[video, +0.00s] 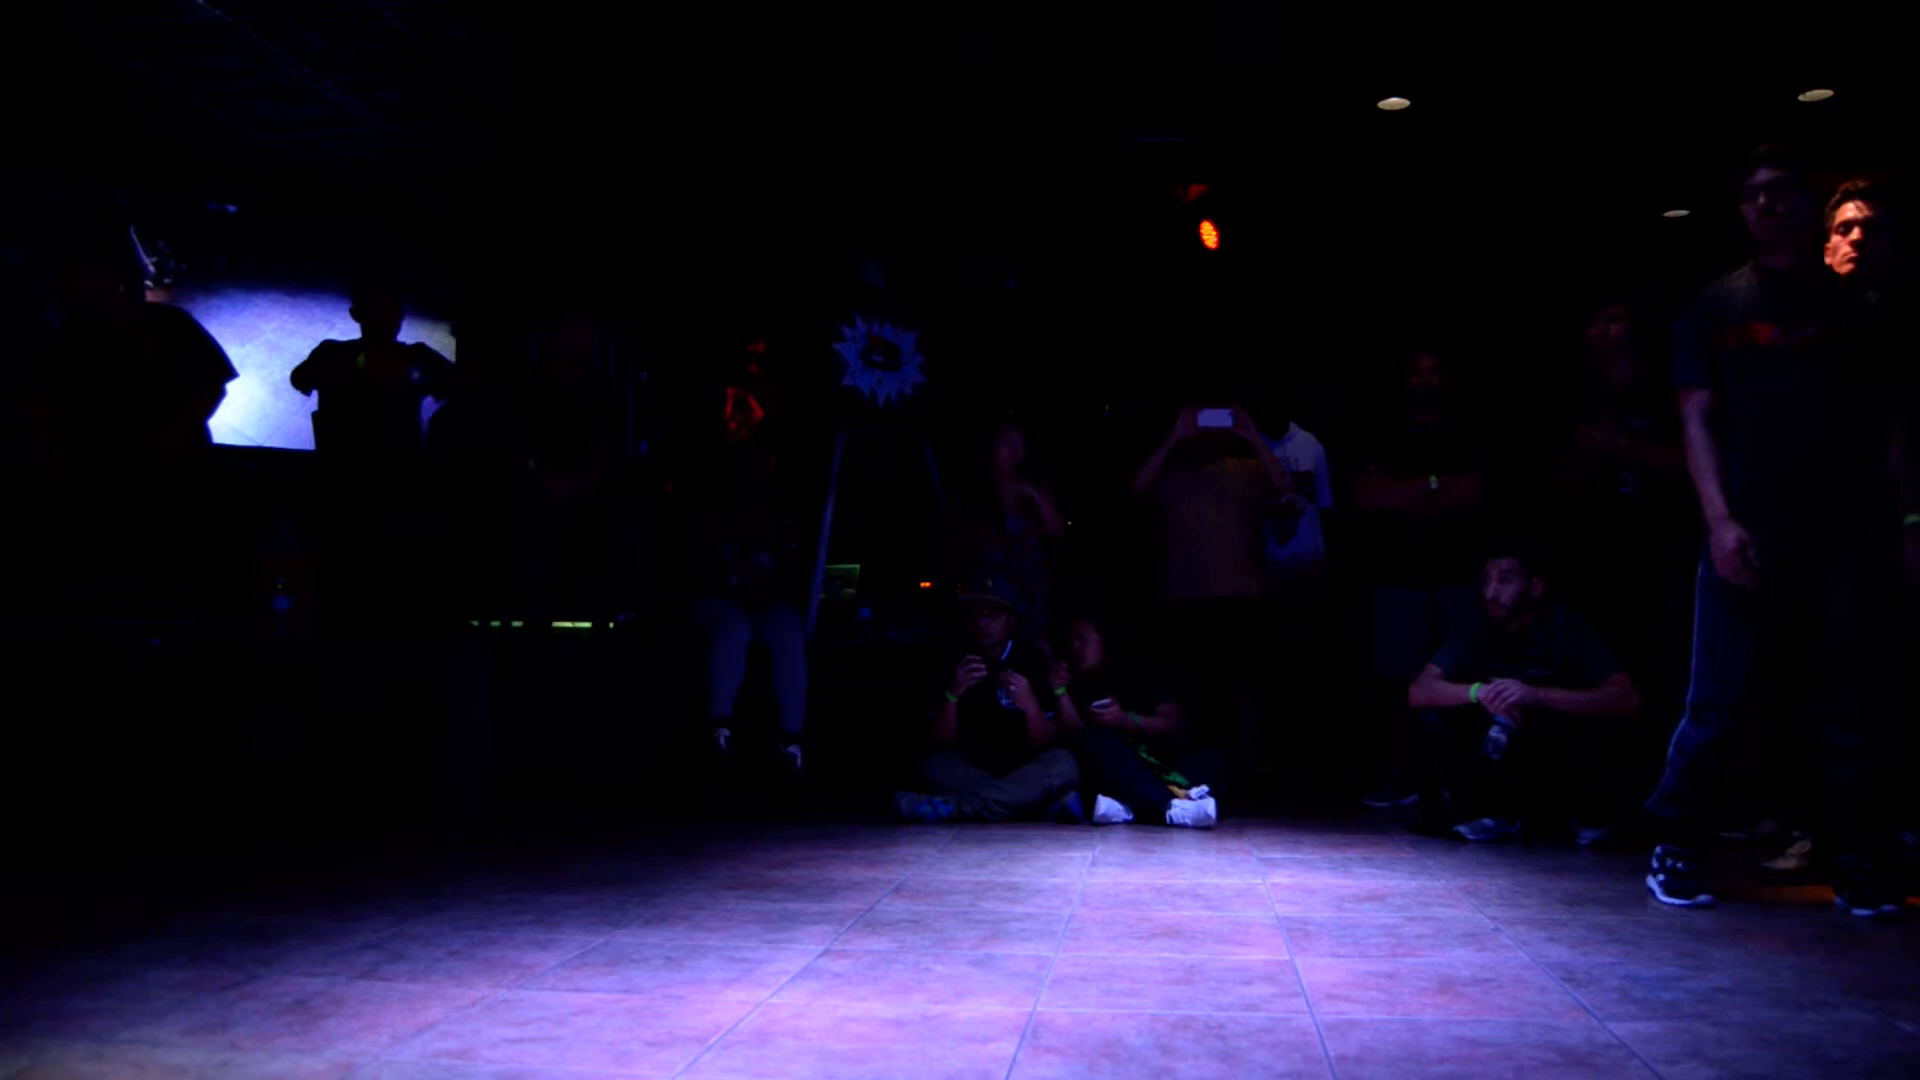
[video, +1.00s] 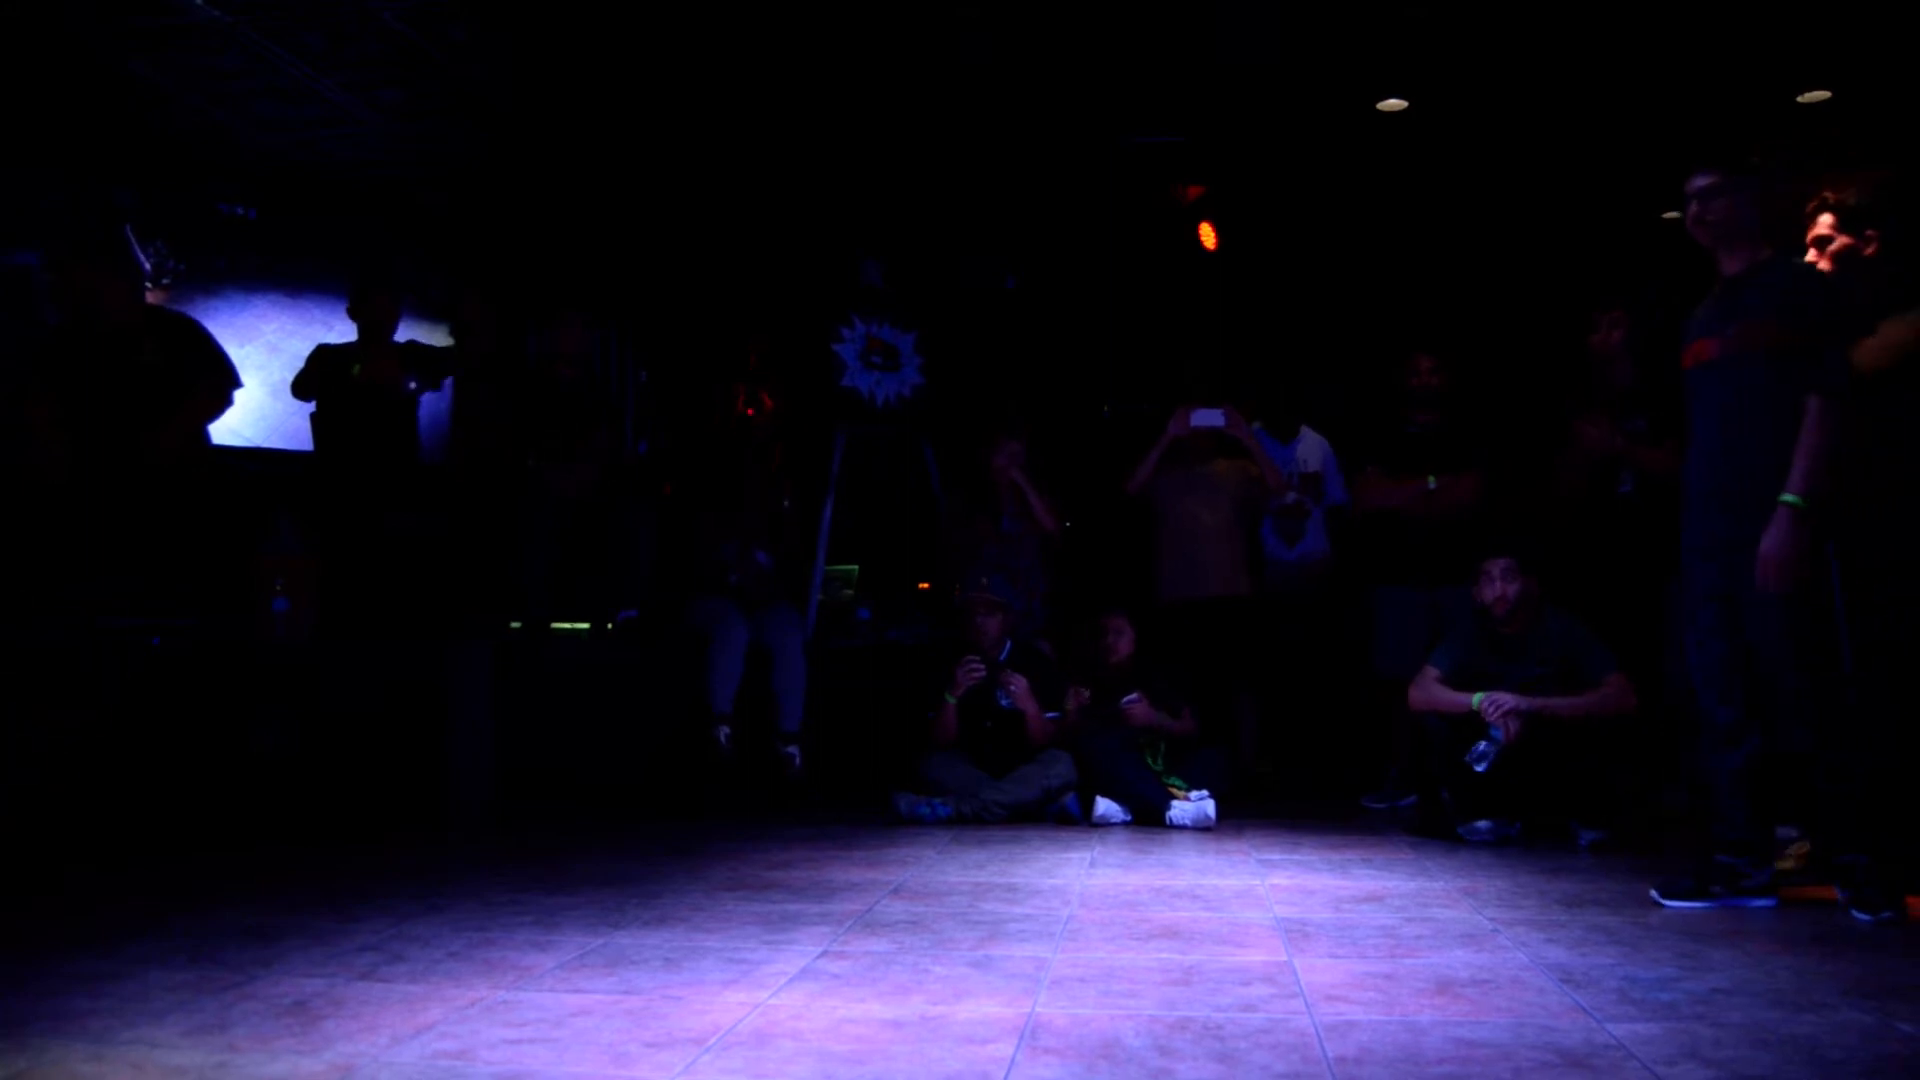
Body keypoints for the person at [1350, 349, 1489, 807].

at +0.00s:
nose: (1425, 382)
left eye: (1434, 372)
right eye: (1417, 373)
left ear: (1448, 378)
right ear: (1404, 379)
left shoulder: (1464, 429)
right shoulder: (1384, 430)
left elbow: (1470, 496)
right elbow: (1365, 495)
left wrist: (1397, 496)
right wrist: (1433, 489)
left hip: (1456, 571)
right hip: (1394, 569)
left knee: (1452, 676)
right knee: (1397, 675)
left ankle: (1454, 786)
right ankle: (1397, 780)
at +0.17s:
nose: (1426, 382)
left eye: (1434, 372)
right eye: (1418, 373)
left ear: (1448, 378)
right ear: (1404, 379)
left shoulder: (1465, 428)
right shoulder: (1384, 429)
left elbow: (1470, 496)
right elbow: (1365, 495)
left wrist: (1397, 497)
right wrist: (1433, 488)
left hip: (1456, 570)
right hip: (1394, 569)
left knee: (1453, 675)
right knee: (1397, 675)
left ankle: (1455, 786)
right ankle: (1397, 780)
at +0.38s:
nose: (1425, 382)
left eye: (1434, 372)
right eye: (1417, 373)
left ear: (1448, 377)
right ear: (1404, 378)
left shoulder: (1464, 428)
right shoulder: (1383, 429)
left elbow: (1469, 496)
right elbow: (1365, 495)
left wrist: (1396, 497)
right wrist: (1433, 489)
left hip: (1454, 570)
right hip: (1393, 569)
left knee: (1452, 676)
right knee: (1397, 676)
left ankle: (1455, 787)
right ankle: (1397, 780)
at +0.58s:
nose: (1424, 382)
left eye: (1432, 373)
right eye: (1417, 373)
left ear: (1447, 378)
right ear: (1404, 380)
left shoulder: (1464, 430)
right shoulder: (1385, 430)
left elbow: (1469, 497)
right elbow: (1365, 495)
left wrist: (1396, 497)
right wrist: (1433, 489)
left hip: (1453, 572)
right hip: (1393, 571)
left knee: (1450, 677)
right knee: (1397, 677)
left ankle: (1452, 786)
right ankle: (1396, 780)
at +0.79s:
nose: (1425, 382)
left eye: (1434, 373)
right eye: (1418, 373)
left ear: (1448, 378)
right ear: (1405, 379)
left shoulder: (1464, 429)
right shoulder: (1386, 430)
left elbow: (1469, 496)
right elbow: (1368, 495)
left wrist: (1397, 497)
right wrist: (1434, 489)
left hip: (1454, 571)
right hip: (1395, 570)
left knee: (1452, 676)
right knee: (1398, 676)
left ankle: (1454, 785)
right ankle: (1398, 780)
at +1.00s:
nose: (1425, 383)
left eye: (1433, 374)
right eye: (1417, 375)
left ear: (1447, 379)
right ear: (1404, 381)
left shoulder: (1463, 430)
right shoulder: (1384, 431)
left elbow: (1468, 497)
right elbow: (1367, 495)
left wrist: (1396, 497)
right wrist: (1433, 489)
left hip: (1453, 570)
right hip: (1393, 569)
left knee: (1451, 675)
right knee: (1396, 676)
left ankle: (1453, 786)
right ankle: (1397, 781)